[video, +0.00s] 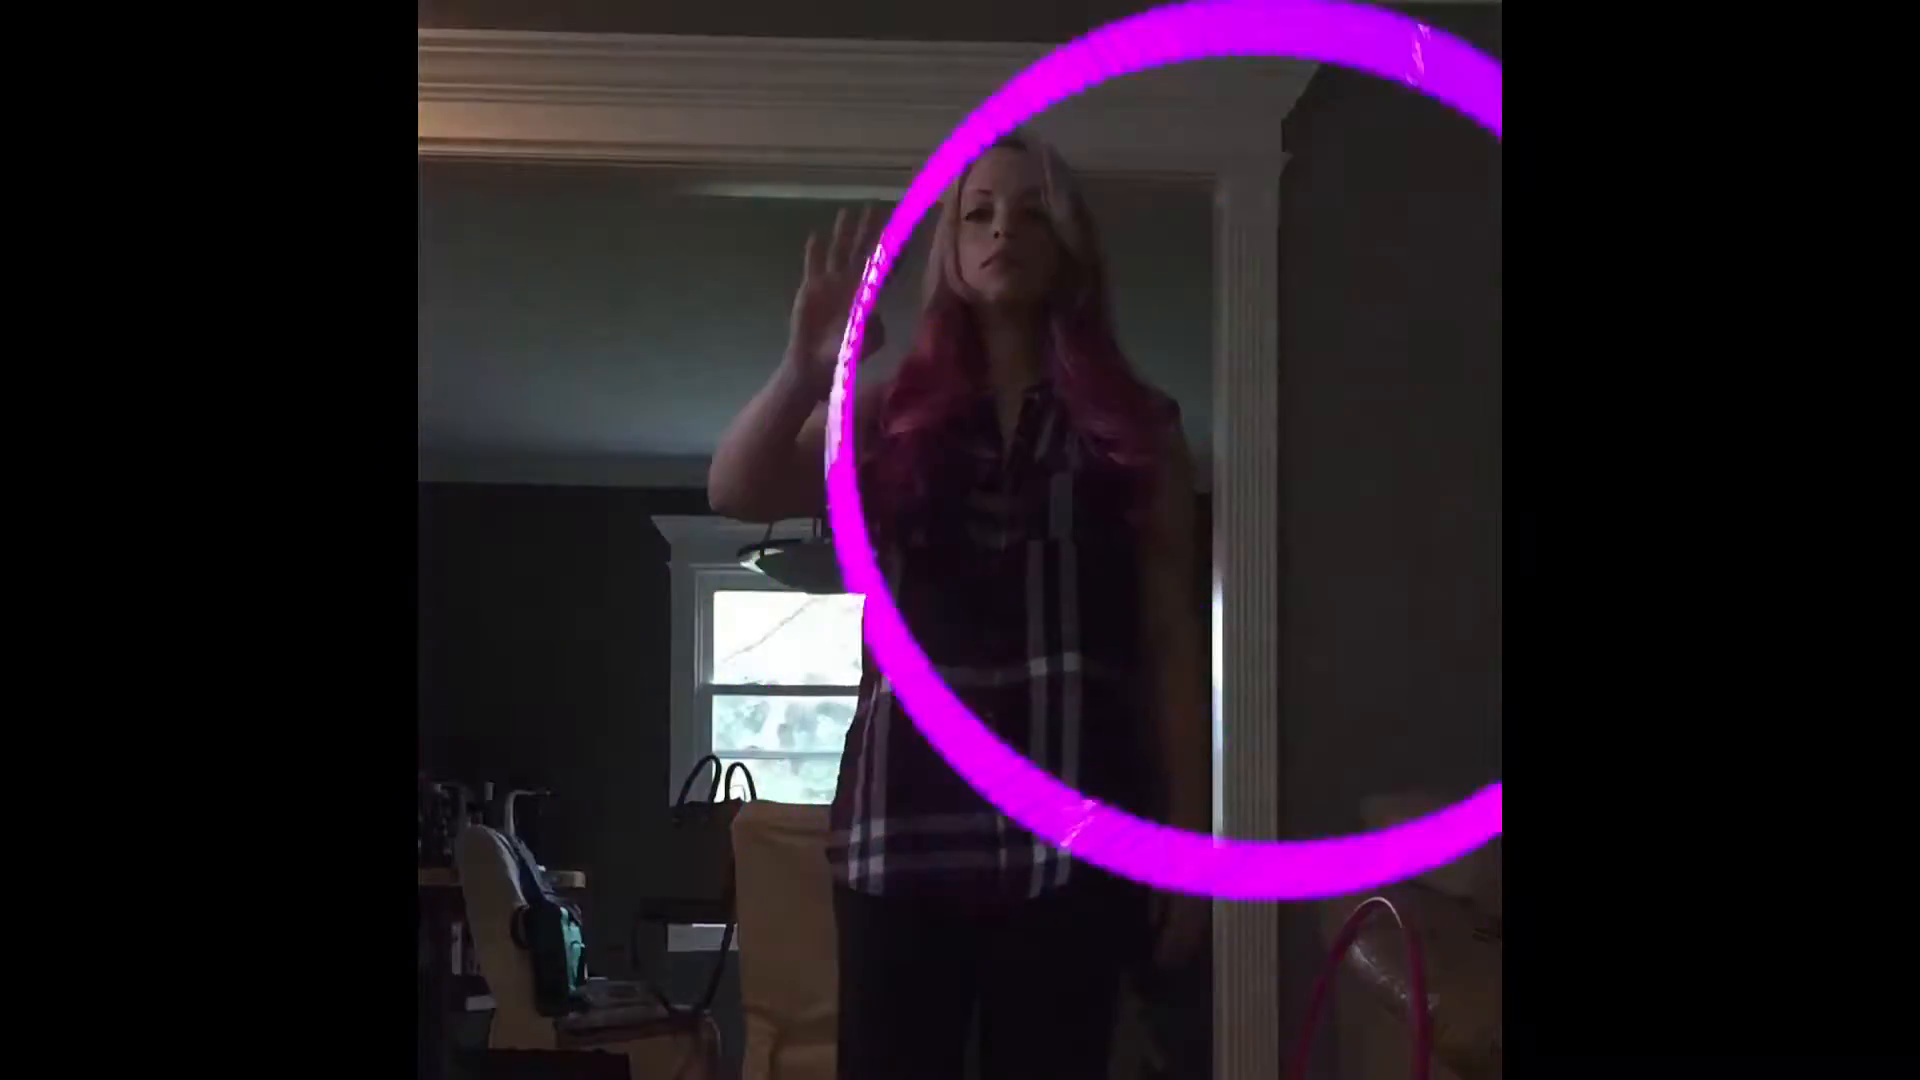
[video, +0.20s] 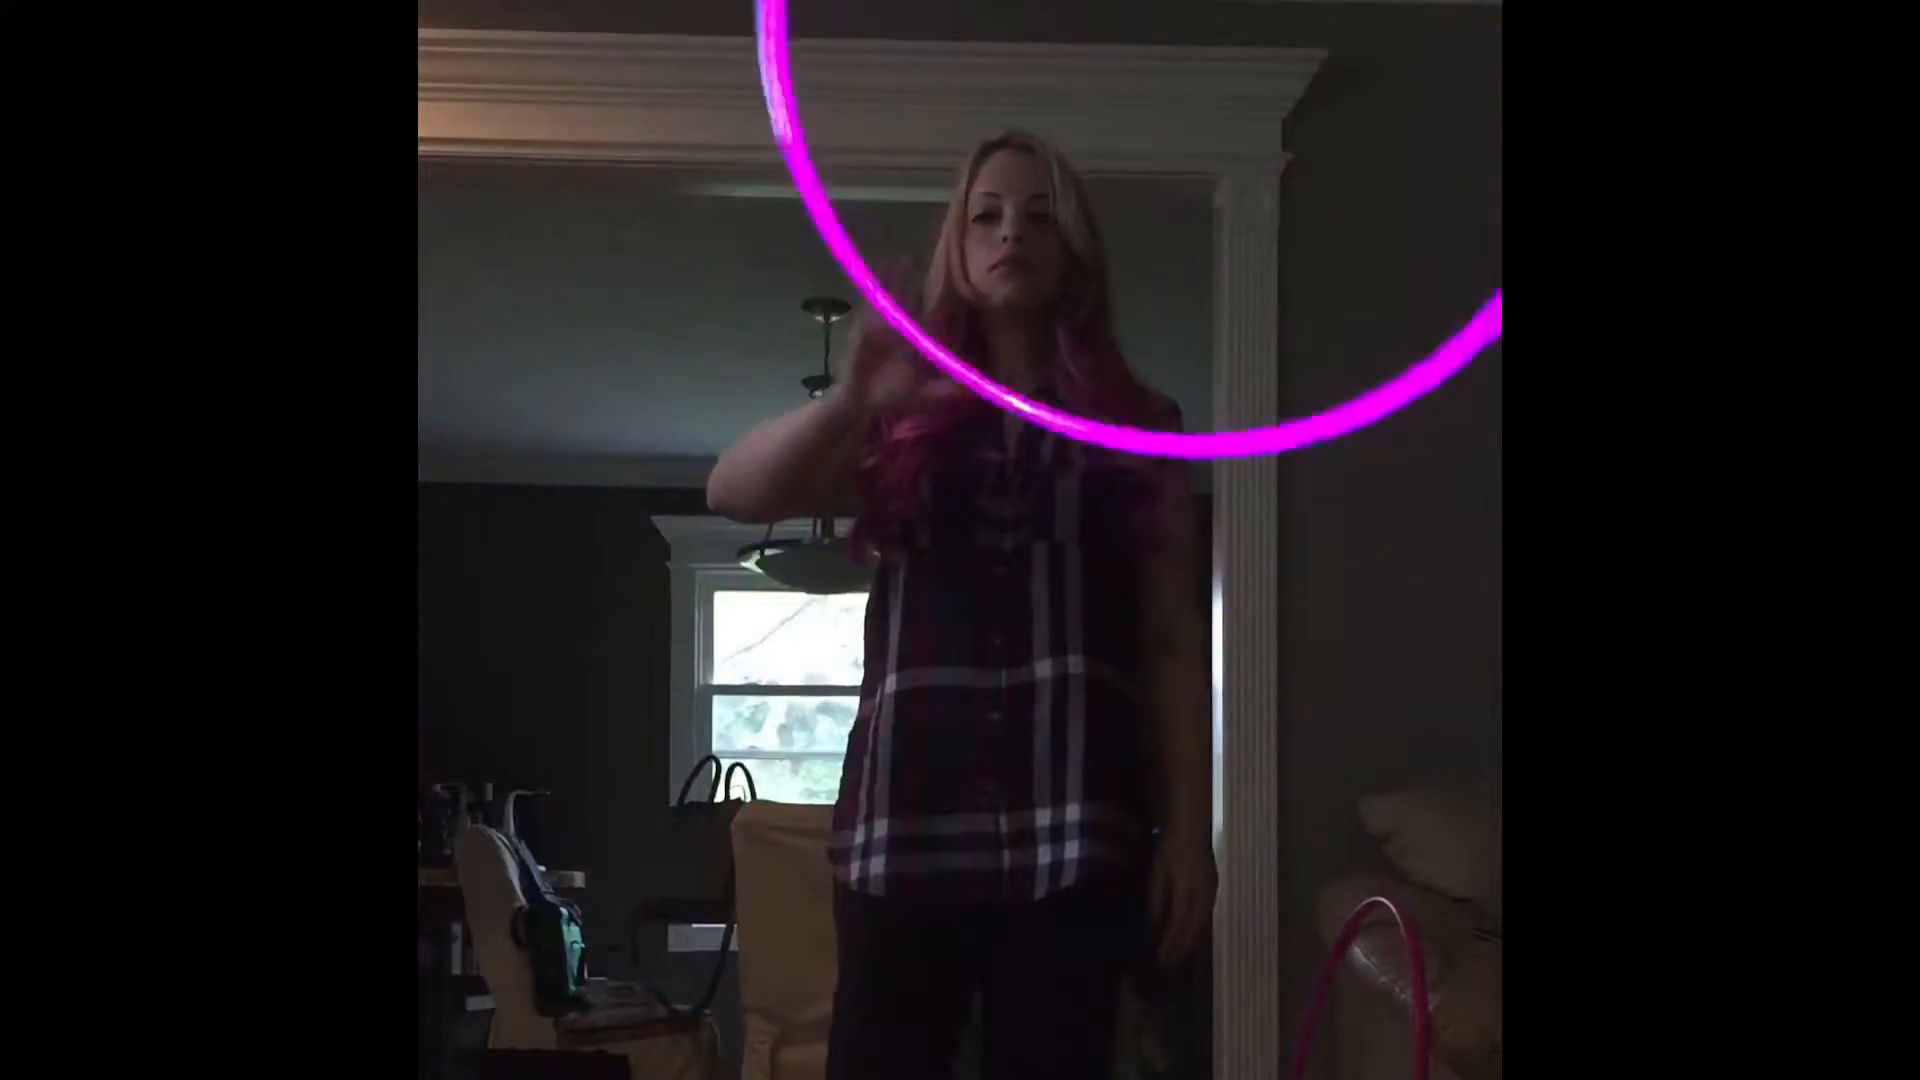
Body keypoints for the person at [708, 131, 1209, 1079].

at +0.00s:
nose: (1004, 229)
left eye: (1031, 209)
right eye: (980, 214)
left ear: (1072, 244)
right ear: (950, 250)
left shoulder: (1134, 422)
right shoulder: (896, 407)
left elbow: (1173, 643)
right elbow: (738, 491)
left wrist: (1187, 840)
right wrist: (803, 368)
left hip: (1082, 850)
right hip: (907, 850)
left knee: (1053, 1070)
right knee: (893, 1067)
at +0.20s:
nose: (1011, 231)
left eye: (1037, 212)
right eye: (987, 214)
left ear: (1075, 245)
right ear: (953, 247)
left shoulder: (1137, 422)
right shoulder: (904, 404)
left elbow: (1176, 637)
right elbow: (733, 491)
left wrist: (1189, 827)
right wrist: (849, 401)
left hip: (1078, 840)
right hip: (908, 838)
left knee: (1055, 1068)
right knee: (879, 1067)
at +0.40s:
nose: (1016, 237)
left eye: (1041, 218)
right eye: (992, 219)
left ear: (1080, 246)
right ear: (959, 250)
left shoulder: (1137, 422)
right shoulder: (900, 401)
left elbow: (1174, 639)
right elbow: (800, 494)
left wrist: (1187, 835)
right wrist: (964, 458)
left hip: (1082, 820)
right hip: (911, 814)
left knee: (1053, 1067)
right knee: (822, 1064)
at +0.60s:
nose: (1014, 244)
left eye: (1039, 225)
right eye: (990, 229)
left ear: (1082, 252)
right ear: (957, 265)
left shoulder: (1137, 436)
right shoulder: (921, 410)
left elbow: (1173, 652)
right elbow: (811, 461)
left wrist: (1190, 864)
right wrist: (983, 363)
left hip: (1076, 835)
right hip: (905, 826)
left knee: (1045, 1071)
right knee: (778, 1059)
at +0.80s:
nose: (1002, 272)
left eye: (1030, 252)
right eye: (978, 256)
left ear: (1074, 286)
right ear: (947, 291)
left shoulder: (1133, 470)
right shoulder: (894, 439)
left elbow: (1175, 686)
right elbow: (705, 440)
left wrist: (1187, 883)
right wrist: (775, 338)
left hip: (1071, 866)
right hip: (894, 855)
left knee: (1034, 1068)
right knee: (754, 1064)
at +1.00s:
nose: (998, 269)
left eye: (1024, 249)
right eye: (974, 251)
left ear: (1063, 279)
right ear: (940, 283)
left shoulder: (1118, 471)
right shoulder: (883, 442)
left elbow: (1152, 687)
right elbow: (684, 497)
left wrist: (1164, 891)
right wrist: (782, 574)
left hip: (1055, 869)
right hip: (888, 852)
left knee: (1021, 1070)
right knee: (750, 1068)